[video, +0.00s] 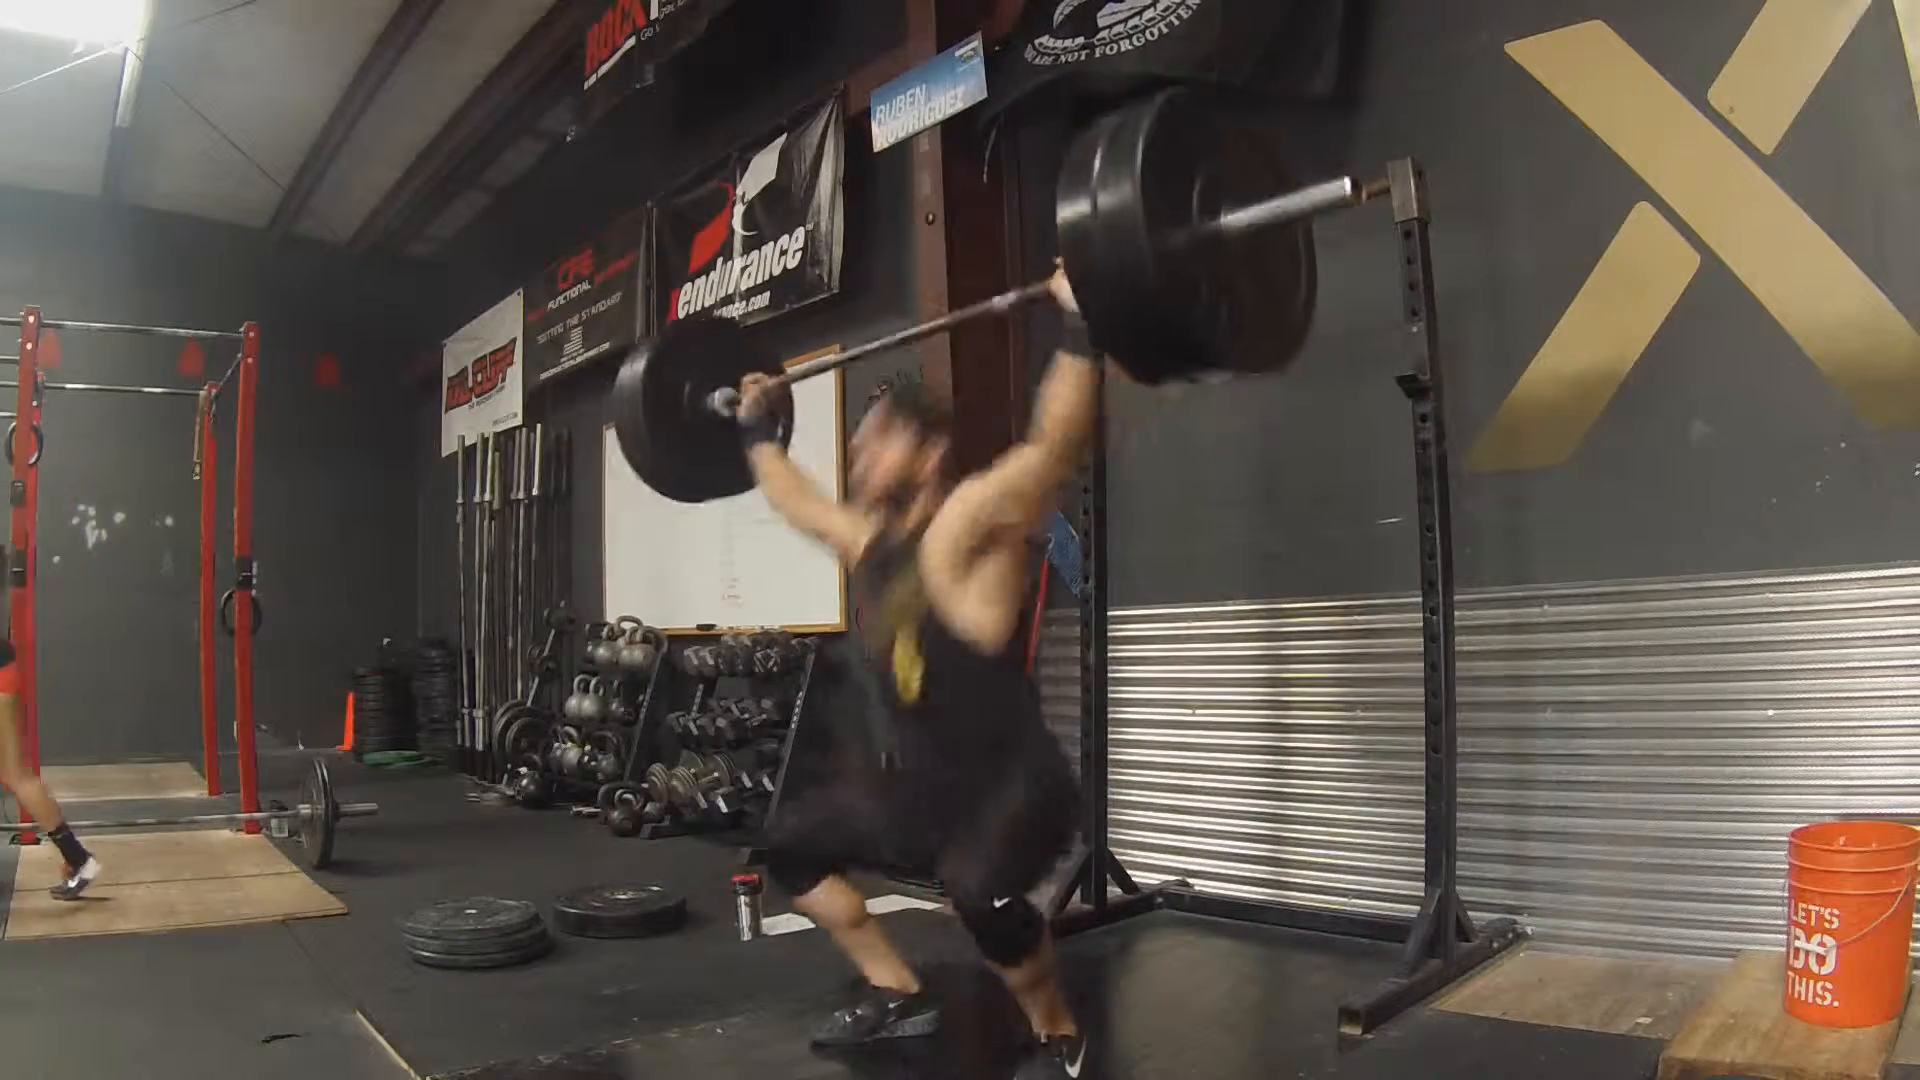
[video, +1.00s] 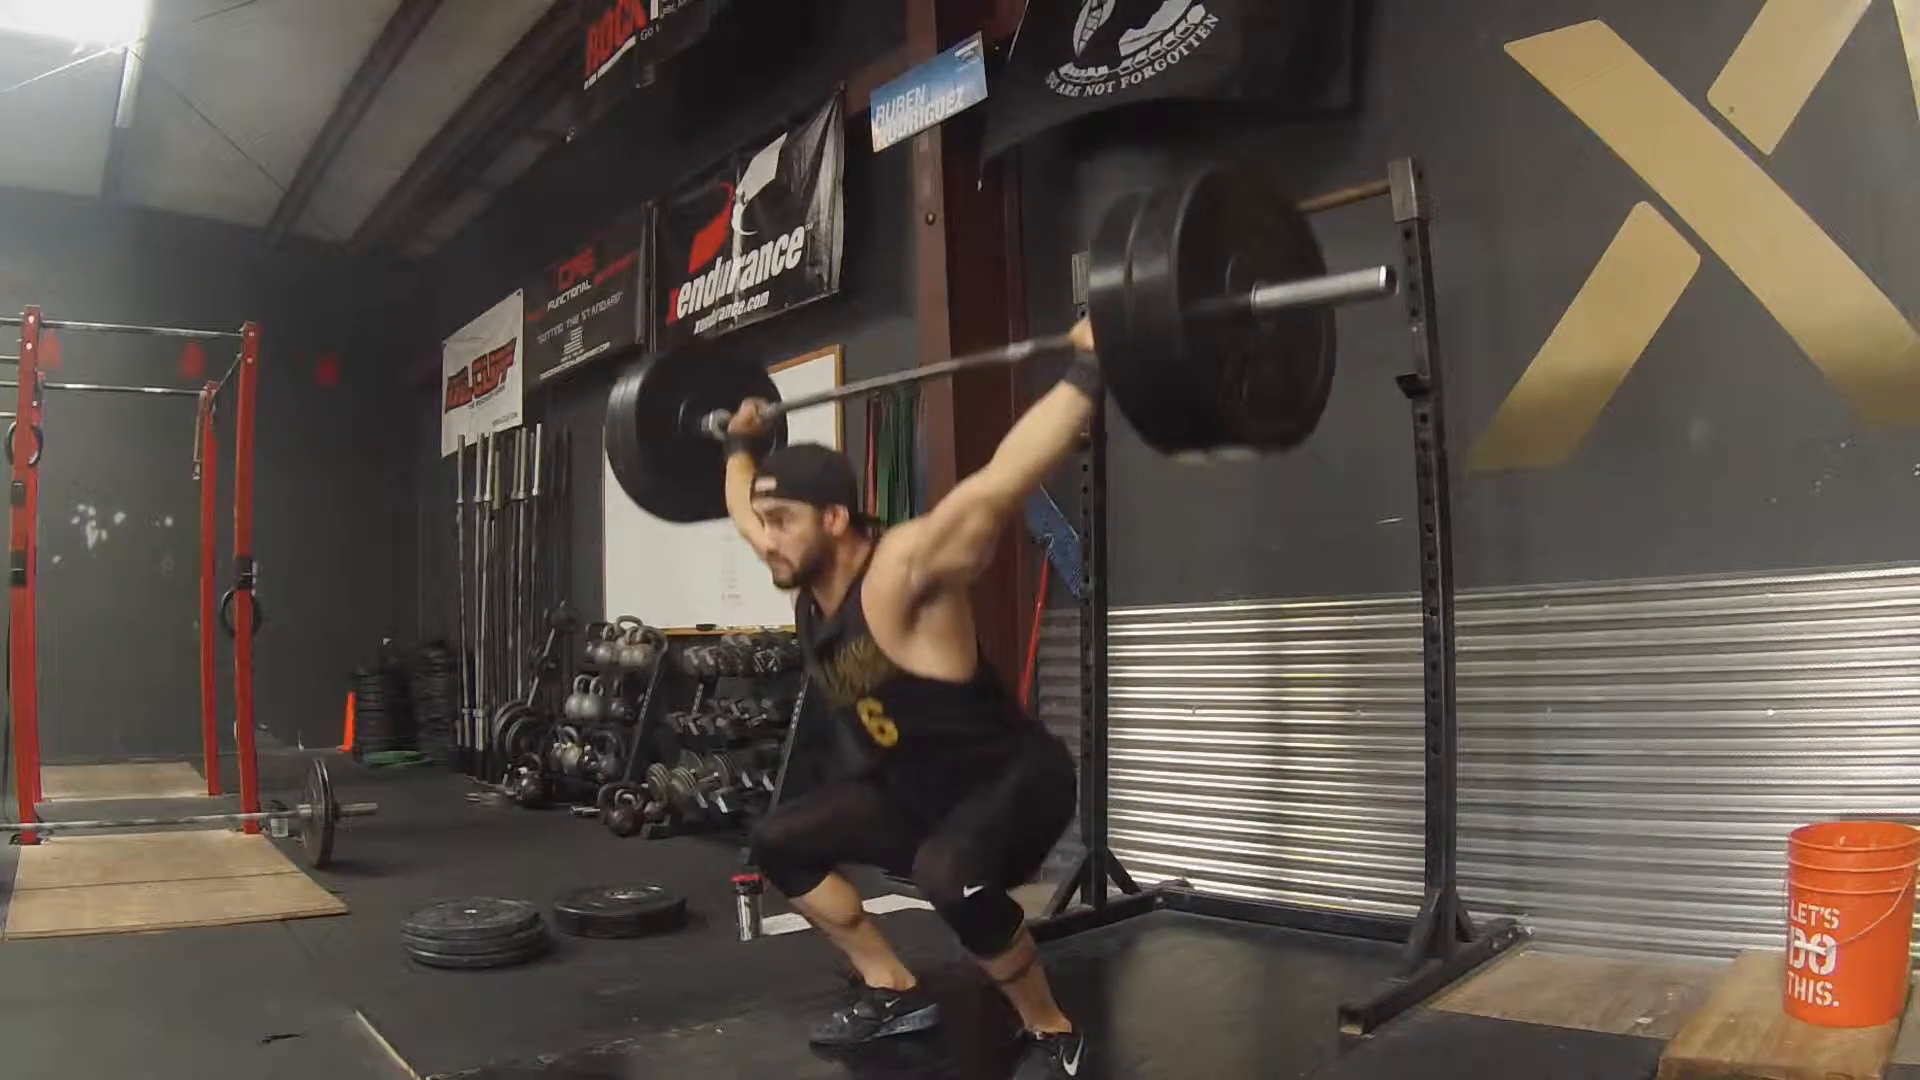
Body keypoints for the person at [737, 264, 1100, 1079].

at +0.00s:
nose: (861, 453)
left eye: (880, 437)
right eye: (860, 440)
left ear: (930, 454)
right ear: (862, 459)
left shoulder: (975, 521)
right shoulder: (866, 542)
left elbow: (1057, 447)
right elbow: (794, 498)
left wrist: (1077, 324)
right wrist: (756, 427)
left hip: (1013, 786)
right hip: (917, 786)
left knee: (977, 889)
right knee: (793, 848)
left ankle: (1057, 1034)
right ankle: (898, 995)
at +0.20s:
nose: (810, 569)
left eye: (827, 548)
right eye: (807, 553)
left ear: (879, 555)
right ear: (805, 563)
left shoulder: (939, 610)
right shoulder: (839, 626)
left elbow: (1008, 516)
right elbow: (781, 555)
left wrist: (1077, 399)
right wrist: (753, 482)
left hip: (983, 857)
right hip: (883, 860)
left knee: (957, 911)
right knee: (761, 876)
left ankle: (1051, 1035)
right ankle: (893, 992)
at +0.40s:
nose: (797, 612)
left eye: (815, 592)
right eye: (794, 595)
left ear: (867, 603)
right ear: (791, 607)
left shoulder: (927, 654)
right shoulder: (827, 672)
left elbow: (993, 575)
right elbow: (769, 597)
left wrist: (1074, 467)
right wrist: (750, 525)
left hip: (983, 878)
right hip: (882, 879)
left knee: (941, 918)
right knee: (756, 876)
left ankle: (1051, 1034)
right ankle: (895, 993)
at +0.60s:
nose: (787, 620)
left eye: (802, 602)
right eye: (782, 605)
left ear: (857, 604)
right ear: (777, 608)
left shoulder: (925, 654)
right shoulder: (826, 667)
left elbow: (1008, 571)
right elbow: (759, 585)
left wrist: (1080, 459)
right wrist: (747, 512)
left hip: (990, 873)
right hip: (888, 874)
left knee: (934, 909)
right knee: (756, 870)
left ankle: (1051, 1035)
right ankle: (897, 994)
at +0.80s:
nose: (780, 584)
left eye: (794, 565)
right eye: (775, 567)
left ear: (848, 566)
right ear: (769, 566)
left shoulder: (916, 612)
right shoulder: (820, 632)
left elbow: (1000, 535)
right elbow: (752, 556)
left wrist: (1082, 421)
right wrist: (742, 485)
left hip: (1007, 831)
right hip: (904, 839)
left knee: (945, 891)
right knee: (776, 851)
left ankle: (1049, 1031)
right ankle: (894, 989)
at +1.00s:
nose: (766, 542)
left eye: (781, 521)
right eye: (759, 524)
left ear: (836, 519)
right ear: (754, 527)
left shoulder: (911, 563)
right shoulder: (813, 593)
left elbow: (1004, 480)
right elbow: (749, 518)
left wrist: (1086, 366)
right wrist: (741, 441)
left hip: (1011, 777)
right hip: (909, 789)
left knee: (949, 874)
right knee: (779, 843)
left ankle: (1052, 1033)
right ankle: (892, 990)